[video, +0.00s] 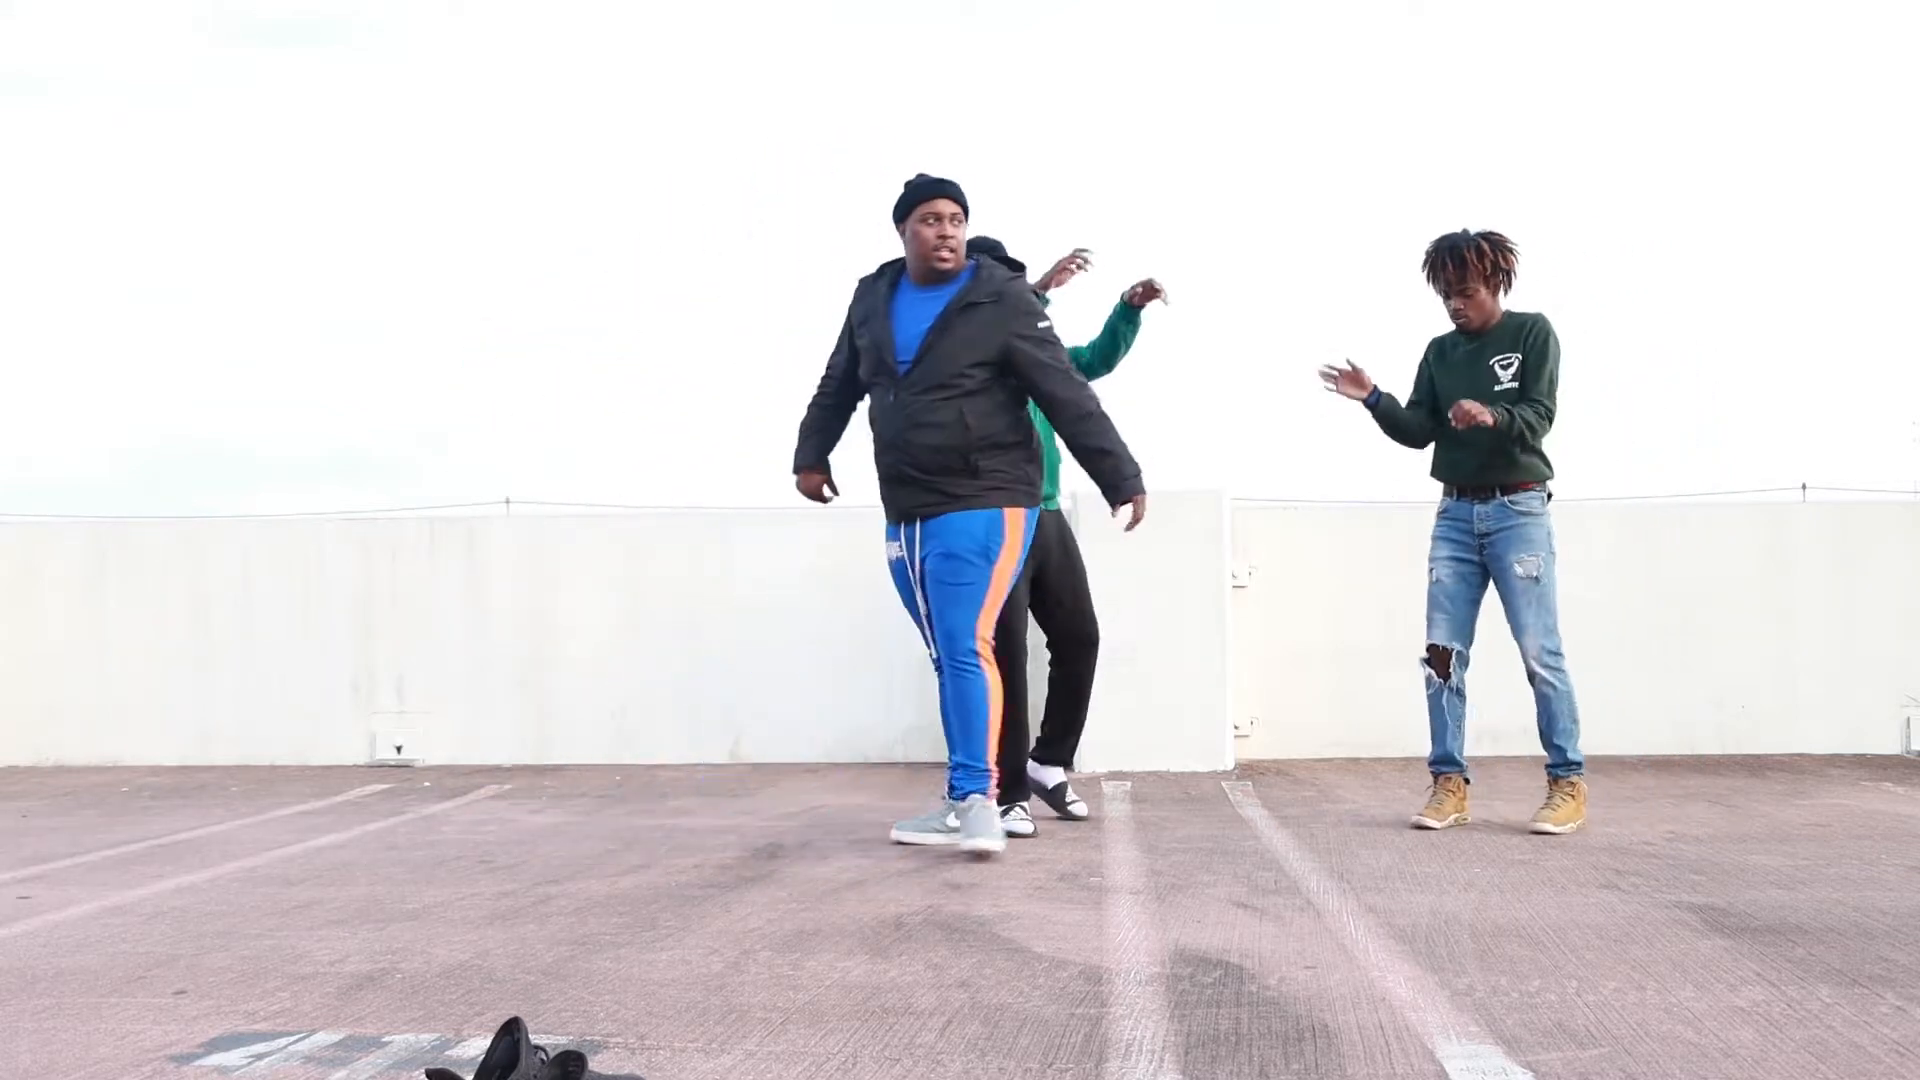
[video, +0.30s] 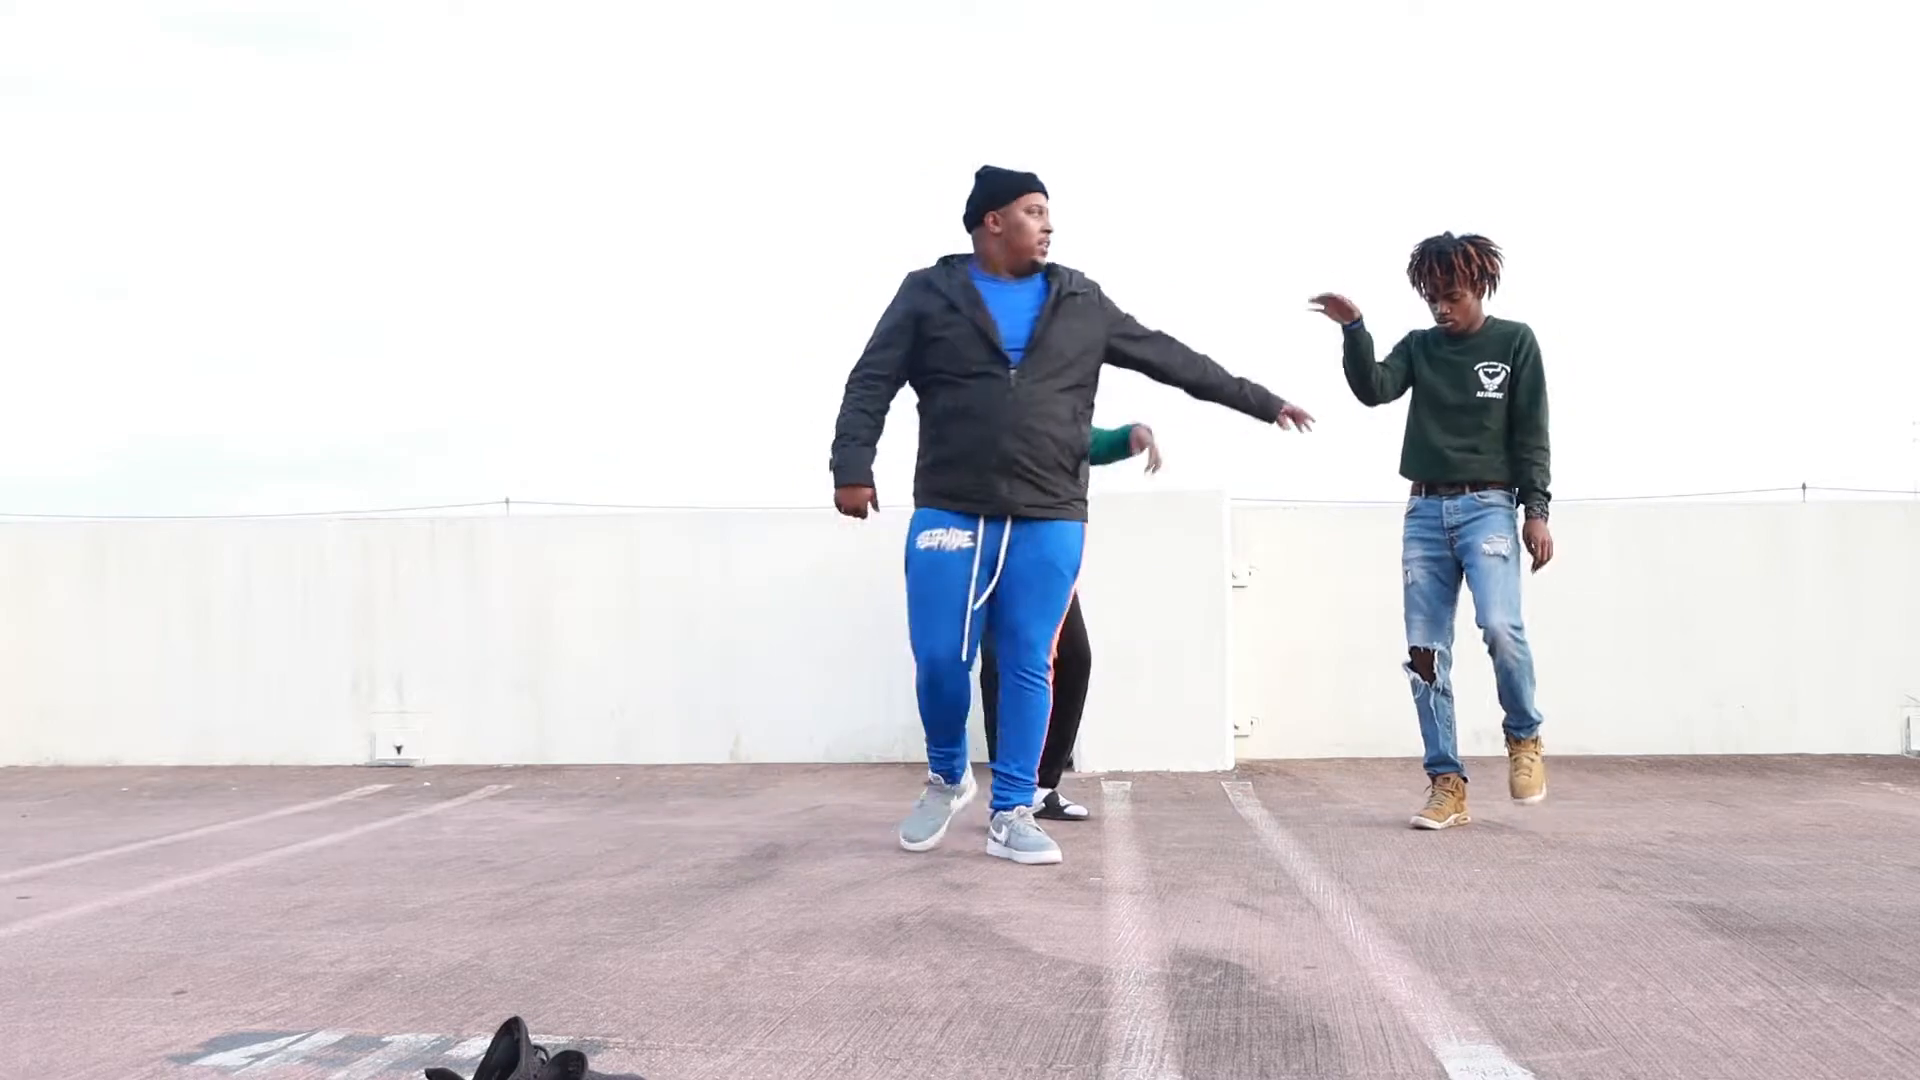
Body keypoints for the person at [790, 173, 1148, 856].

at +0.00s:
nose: (945, 231)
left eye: (953, 220)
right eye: (930, 221)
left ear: (967, 230)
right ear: (902, 232)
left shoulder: (1001, 296)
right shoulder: (874, 297)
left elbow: (1063, 387)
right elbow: (841, 379)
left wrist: (1117, 473)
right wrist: (812, 453)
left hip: (984, 497)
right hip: (907, 503)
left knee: (963, 648)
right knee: (949, 654)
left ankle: (974, 806)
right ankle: (974, 797)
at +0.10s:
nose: (979, 227)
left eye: (985, 217)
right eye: (964, 217)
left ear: (994, 228)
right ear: (929, 227)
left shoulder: (1030, 299)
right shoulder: (891, 295)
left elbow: (1098, 385)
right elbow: (852, 382)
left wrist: (1163, 461)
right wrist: (825, 455)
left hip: (999, 502)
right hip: (916, 506)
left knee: (995, 652)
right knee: (946, 662)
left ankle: (1008, 806)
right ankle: (966, 802)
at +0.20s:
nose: (1016, 227)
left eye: (1019, 218)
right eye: (1002, 216)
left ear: (1020, 228)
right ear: (959, 226)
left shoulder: (1055, 302)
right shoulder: (909, 296)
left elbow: (1135, 374)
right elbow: (860, 383)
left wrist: (1220, 434)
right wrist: (840, 459)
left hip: (1023, 506)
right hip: (930, 508)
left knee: (1012, 656)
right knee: (935, 666)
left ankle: (1012, 810)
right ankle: (961, 799)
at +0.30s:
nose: (1048, 226)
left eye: (1048, 214)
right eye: (1034, 214)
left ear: (1032, 224)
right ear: (990, 222)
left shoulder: (1079, 302)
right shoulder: (930, 291)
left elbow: (1166, 357)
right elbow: (871, 378)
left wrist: (1261, 401)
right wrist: (852, 464)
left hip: (1048, 505)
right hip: (949, 499)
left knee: (1031, 659)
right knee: (937, 656)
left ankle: (1012, 813)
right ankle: (947, 778)